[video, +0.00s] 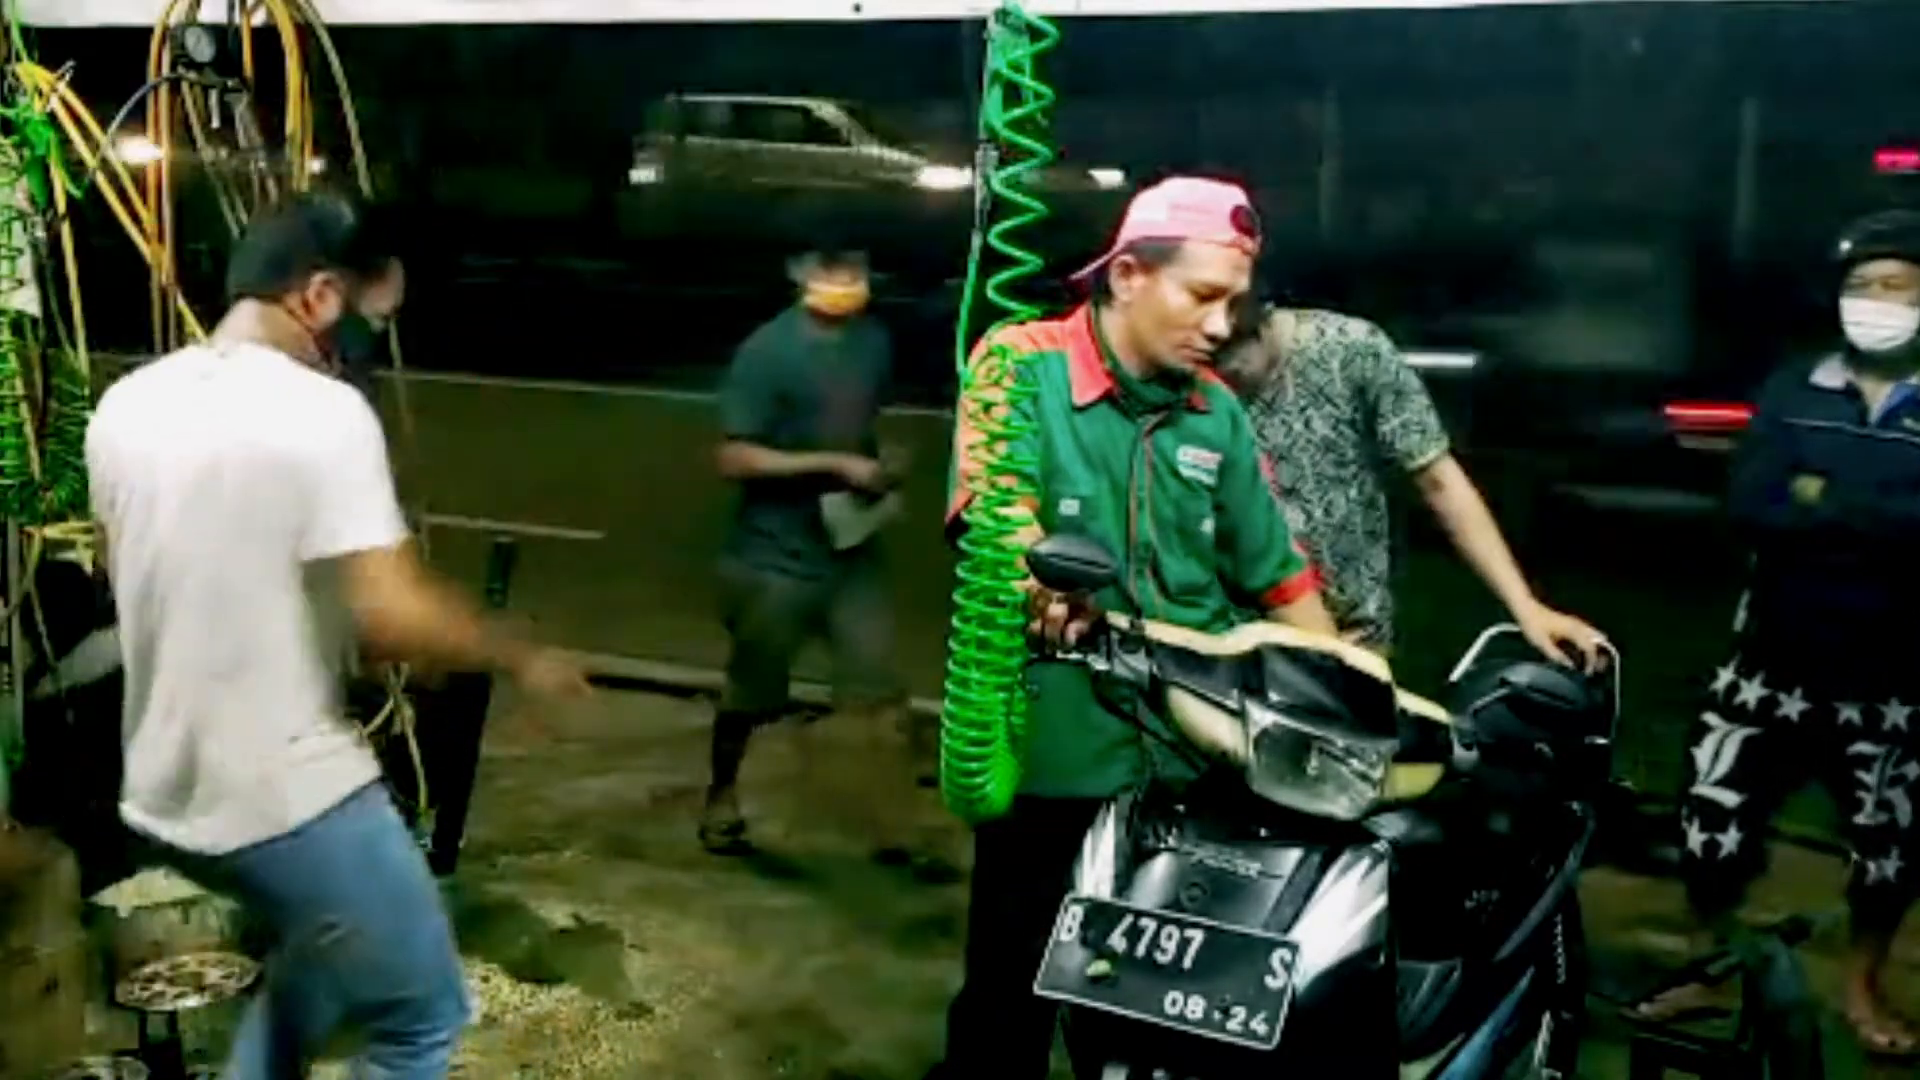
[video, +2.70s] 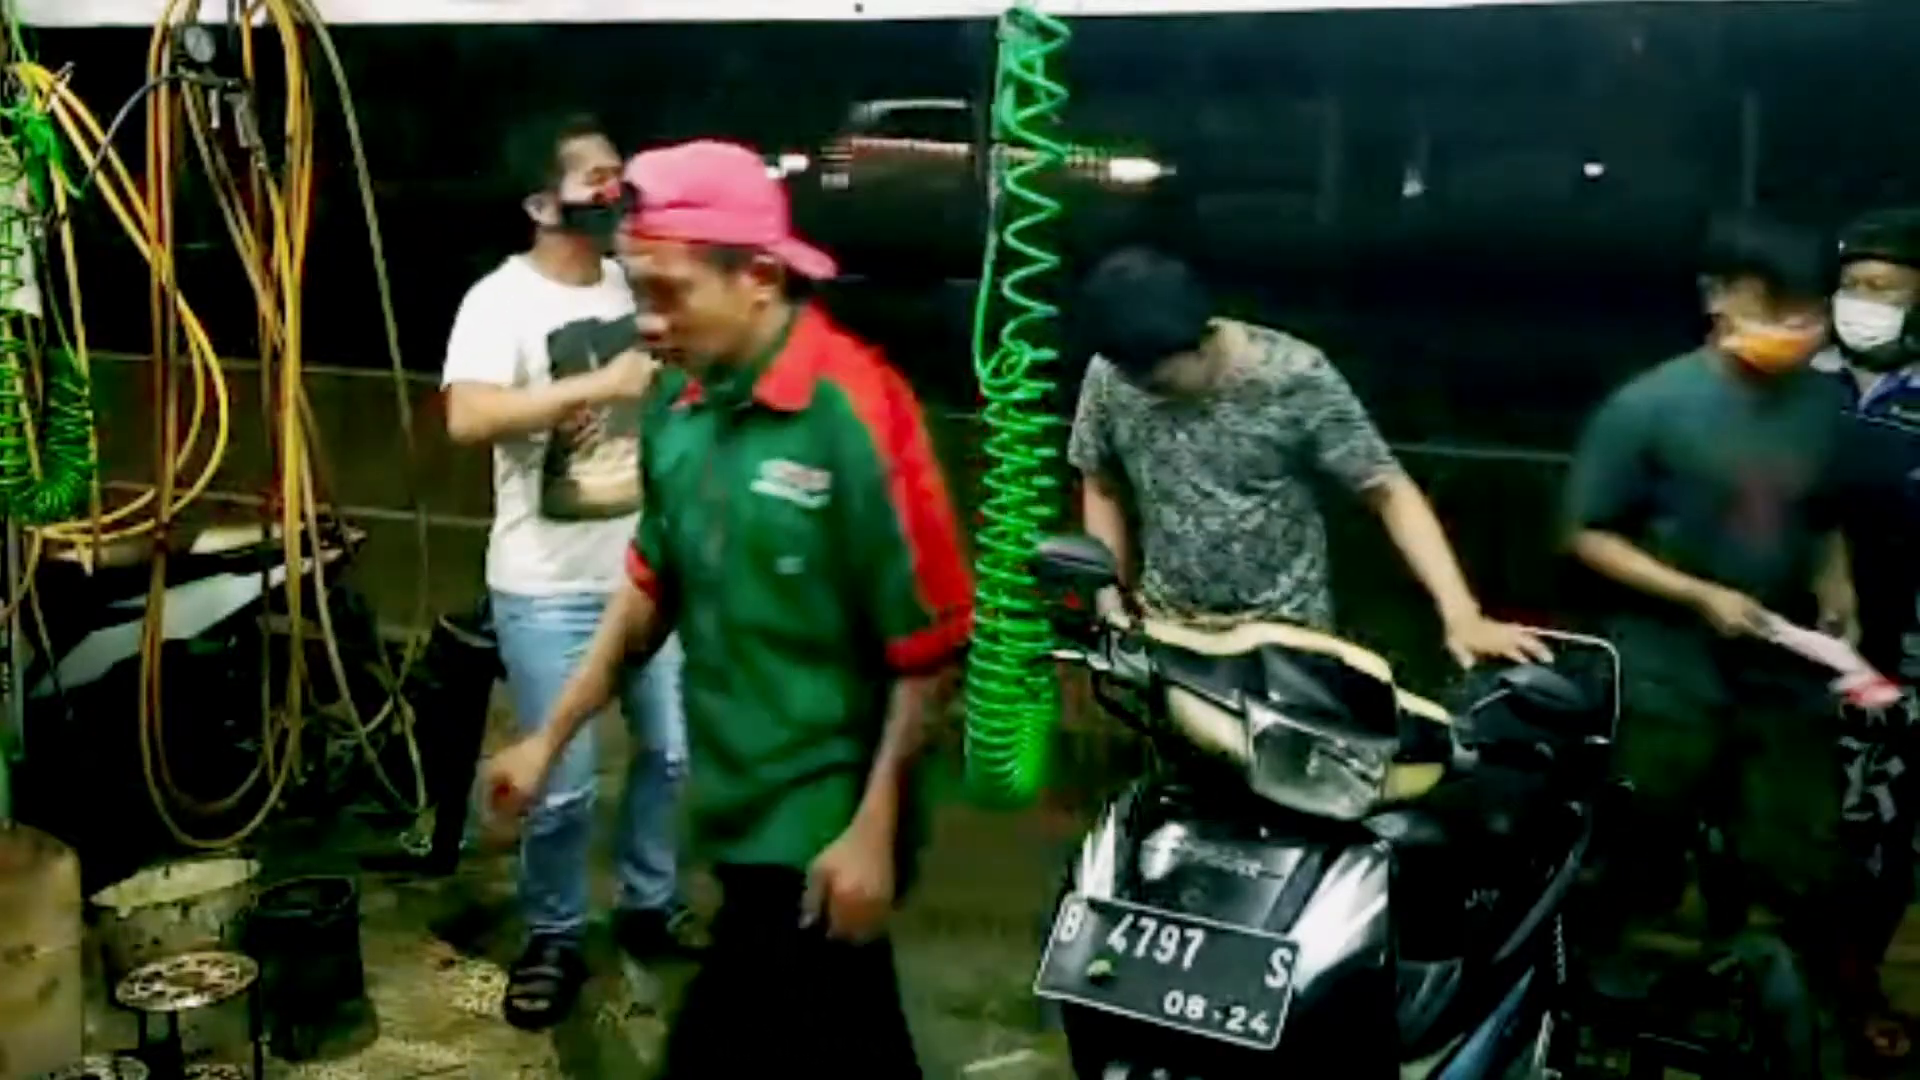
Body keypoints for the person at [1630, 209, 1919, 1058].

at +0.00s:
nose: (1874, 306)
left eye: (1895, 291)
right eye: (1862, 289)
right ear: (1838, 299)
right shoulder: (1796, 392)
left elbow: (1911, 517)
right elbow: (1748, 497)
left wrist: (1810, 488)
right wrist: (1869, 508)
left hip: (1889, 664)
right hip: (1777, 655)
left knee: (1890, 852)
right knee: (1709, 824)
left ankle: (1861, 983)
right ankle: (1708, 965)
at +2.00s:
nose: (1897, 301)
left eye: (1913, 288)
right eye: (1885, 284)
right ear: (1858, 293)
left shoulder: (1918, 412)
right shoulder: (1807, 385)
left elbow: (1910, 517)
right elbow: (1761, 484)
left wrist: (1820, 475)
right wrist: (1871, 520)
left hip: (1889, 660)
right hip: (1782, 644)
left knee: (1884, 841)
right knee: (1737, 813)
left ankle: (1862, 981)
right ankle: (1716, 944)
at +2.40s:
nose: (1879, 304)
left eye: (1899, 291)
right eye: (1868, 286)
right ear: (1845, 293)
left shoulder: (1917, 411)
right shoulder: (1799, 384)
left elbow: (1909, 512)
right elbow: (1748, 483)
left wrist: (1814, 476)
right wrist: (1860, 507)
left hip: (1890, 649)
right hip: (1782, 632)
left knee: (1883, 832)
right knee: (1737, 799)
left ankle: (1863, 980)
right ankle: (1719, 932)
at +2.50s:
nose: (1876, 306)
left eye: (1896, 292)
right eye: (1864, 288)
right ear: (1838, 296)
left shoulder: (1918, 406)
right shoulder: (1787, 388)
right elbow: (1725, 496)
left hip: (1892, 656)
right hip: (1784, 643)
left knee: (1886, 837)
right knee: (1757, 808)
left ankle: (1862, 984)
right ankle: (1724, 942)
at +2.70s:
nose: (1868, 305)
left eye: (1888, 291)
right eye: (1856, 287)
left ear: (1918, 304)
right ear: (1835, 294)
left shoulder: (1908, 410)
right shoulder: (1805, 398)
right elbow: (1794, 524)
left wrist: (1882, 649)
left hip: (1901, 652)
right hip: (1815, 645)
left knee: (1885, 843)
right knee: (1820, 831)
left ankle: (1860, 995)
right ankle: (1823, 994)